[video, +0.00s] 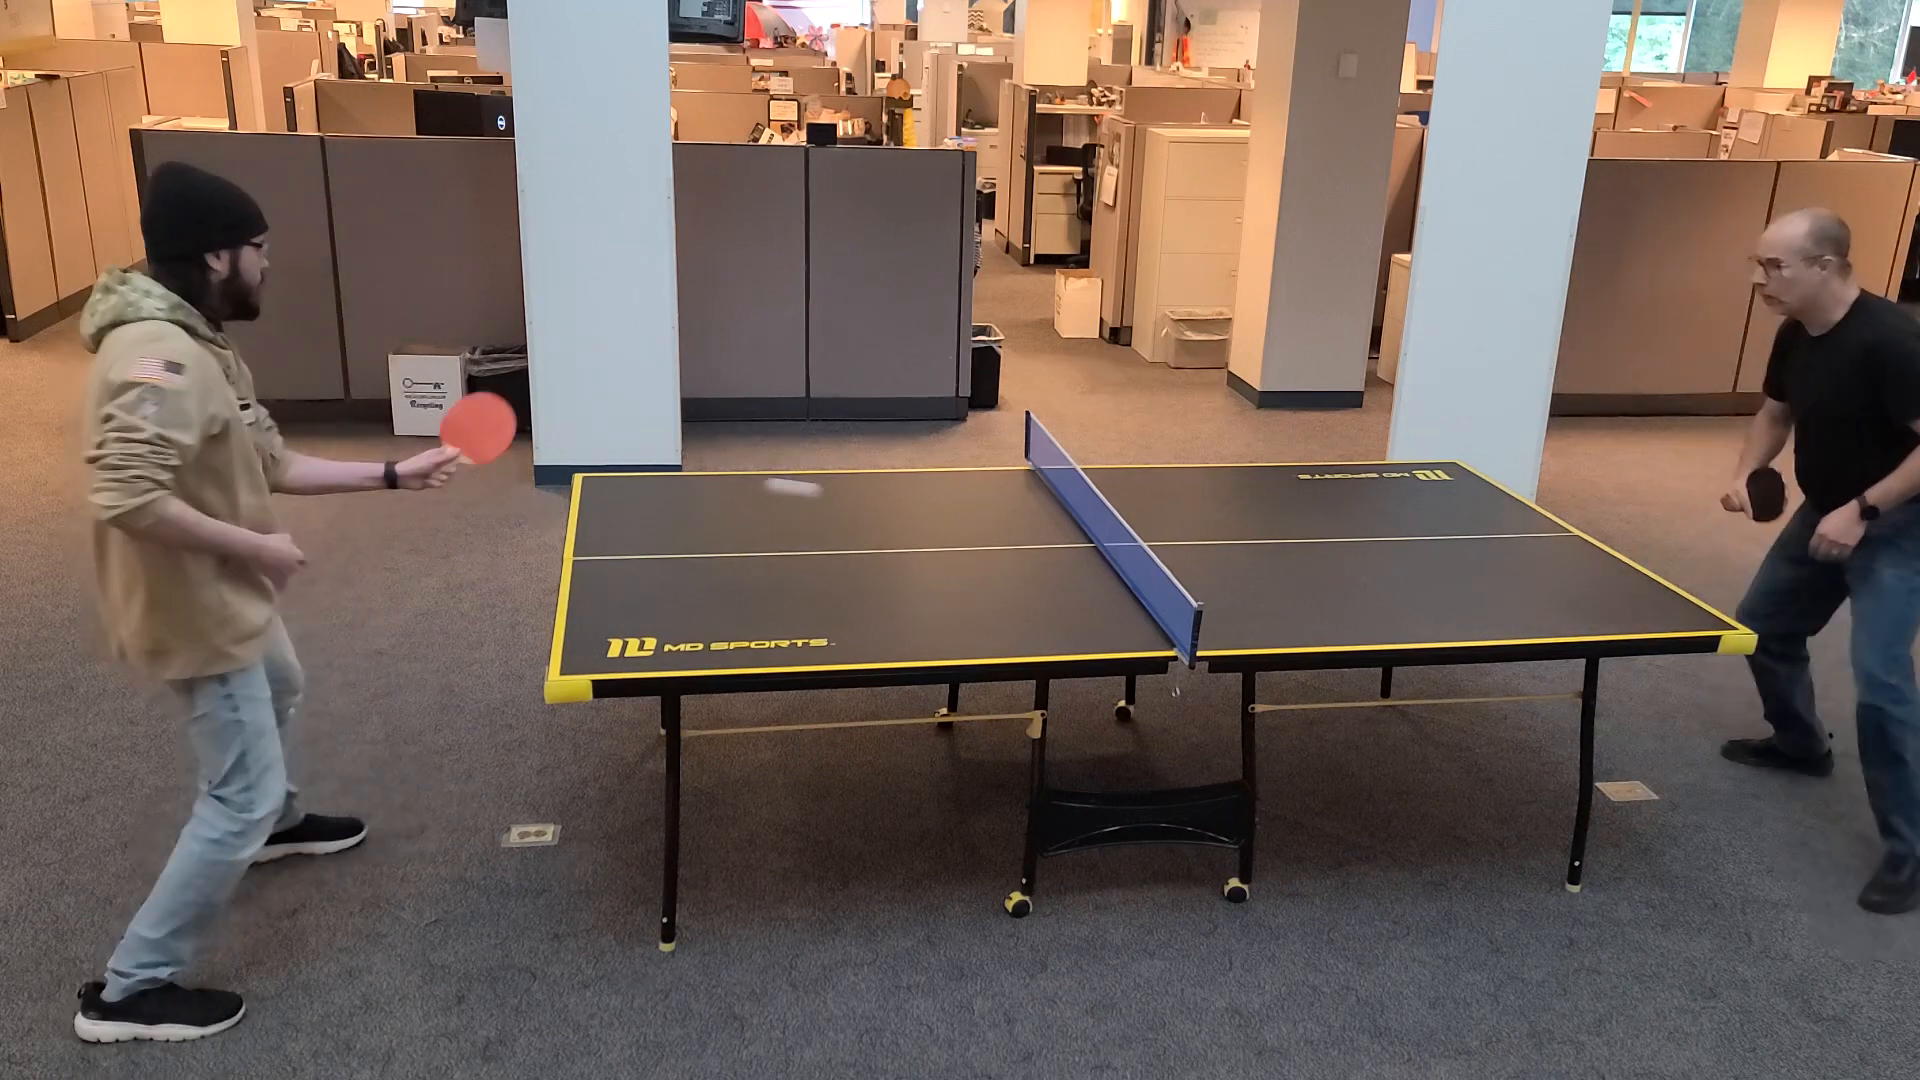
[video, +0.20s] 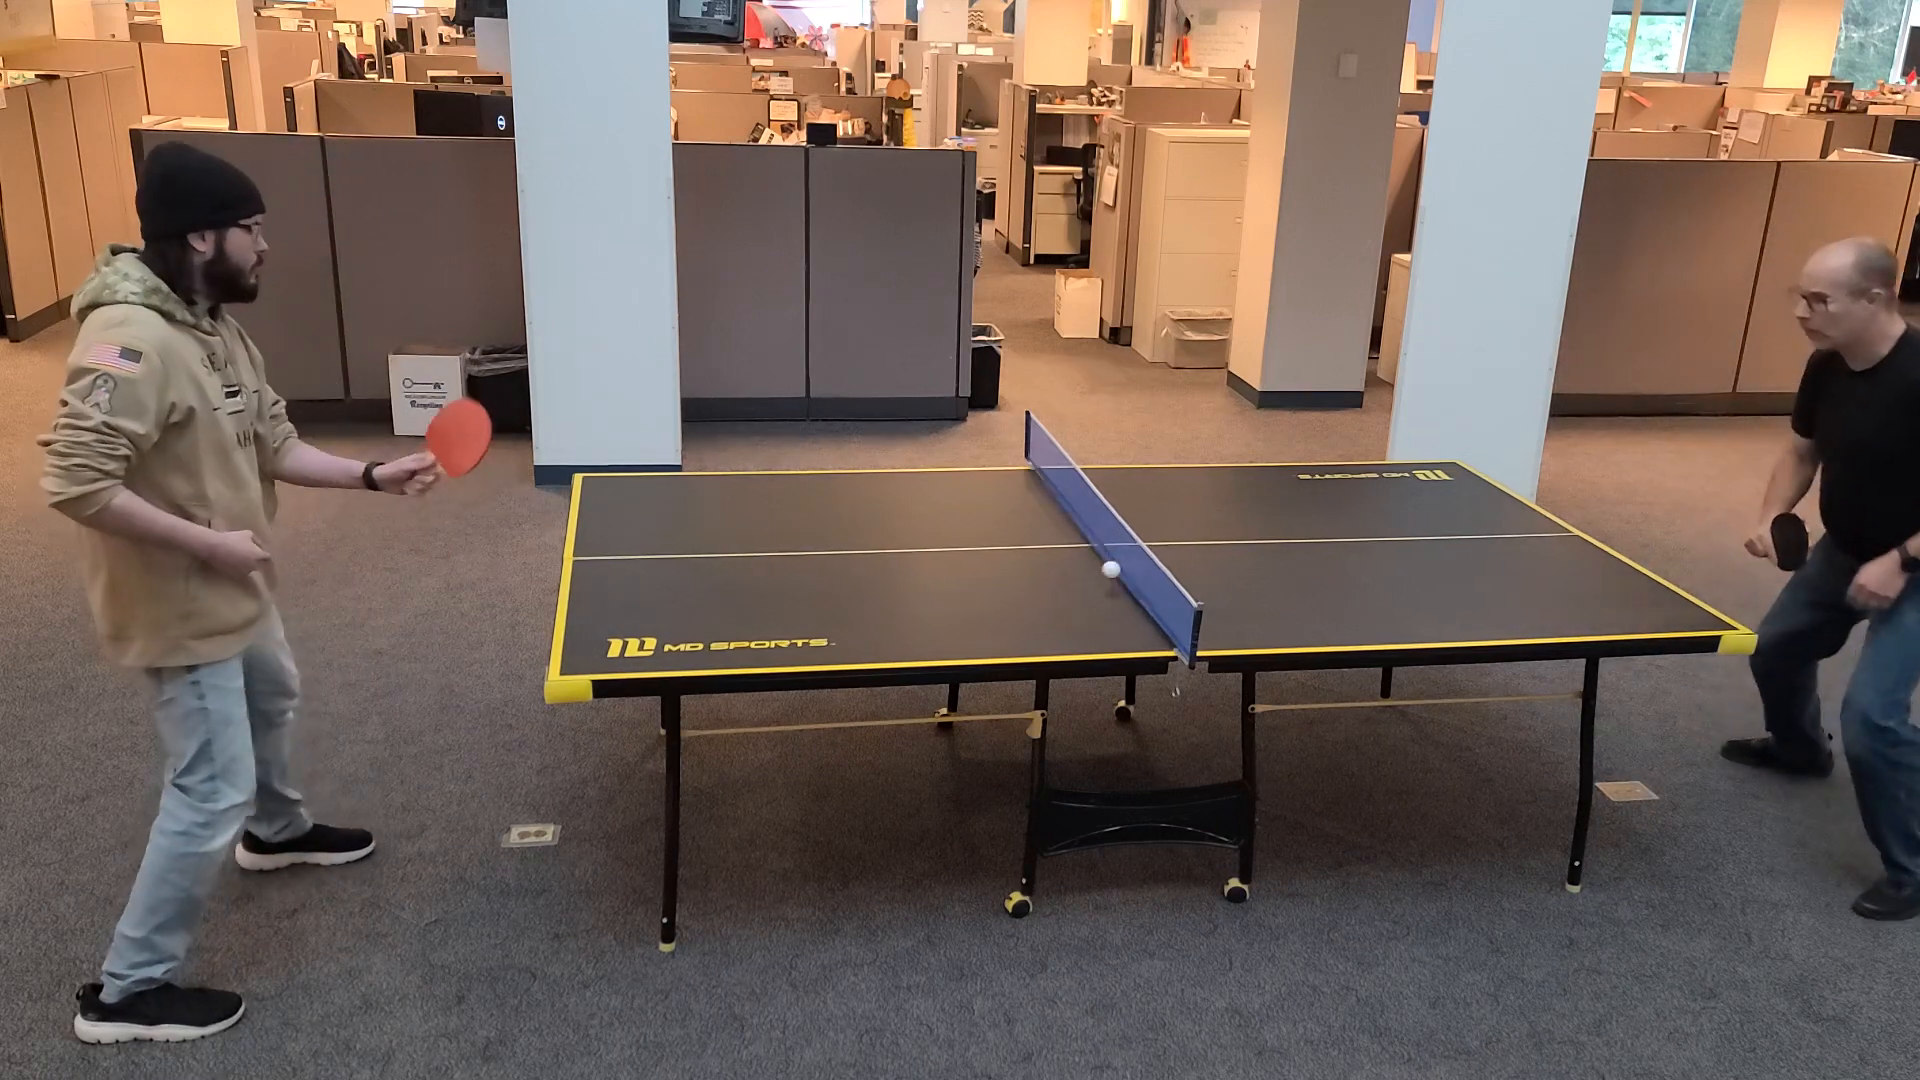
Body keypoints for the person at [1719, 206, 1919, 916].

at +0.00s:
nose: (1761, 279)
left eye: (1773, 267)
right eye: (1760, 266)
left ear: (1826, 268)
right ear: (1812, 270)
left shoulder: (1893, 340)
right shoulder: (1794, 334)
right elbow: (1776, 415)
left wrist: (1864, 508)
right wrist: (1745, 472)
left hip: (1896, 527)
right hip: (1824, 517)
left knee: (1883, 684)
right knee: (1763, 624)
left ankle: (1907, 850)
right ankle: (1799, 743)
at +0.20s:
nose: (1802, 311)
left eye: (1818, 300)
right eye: (1801, 297)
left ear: (1875, 301)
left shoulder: (1914, 370)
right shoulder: (1828, 363)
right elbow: (1801, 452)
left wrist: (1899, 559)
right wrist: (1773, 512)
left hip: (1914, 569)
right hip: (1846, 549)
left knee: (1871, 715)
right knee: (1776, 651)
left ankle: (1908, 871)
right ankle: (1796, 748)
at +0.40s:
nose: (1823, 351)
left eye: (1839, 341)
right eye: (1822, 336)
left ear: (1895, 342)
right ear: (1865, 338)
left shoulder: (1918, 403)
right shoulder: (1832, 388)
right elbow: (1787, 473)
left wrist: (1918, 610)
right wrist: (1751, 524)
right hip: (1871, 557)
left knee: (1890, 727)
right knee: (1804, 652)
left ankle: (1911, 876)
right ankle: (1807, 745)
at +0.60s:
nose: (1827, 335)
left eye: (1845, 326)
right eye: (1828, 319)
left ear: (1900, 329)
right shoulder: (1837, 367)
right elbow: (1797, 450)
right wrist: (1768, 507)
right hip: (1868, 539)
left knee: (1900, 727)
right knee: (1783, 648)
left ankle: (1911, 874)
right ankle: (1789, 757)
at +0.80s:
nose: (1807, 290)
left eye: (1824, 282)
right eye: (1807, 276)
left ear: (1883, 285)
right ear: (1813, 270)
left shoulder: (1919, 355)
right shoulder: (1815, 340)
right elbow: (1786, 421)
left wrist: (1909, 559)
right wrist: (1759, 481)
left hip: (1908, 562)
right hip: (1831, 537)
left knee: (1901, 728)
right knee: (1758, 660)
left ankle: (1909, 873)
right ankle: (1727, 793)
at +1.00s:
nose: (1774, 253)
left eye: (1791, 243)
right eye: (1772, 239)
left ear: (1846, 247)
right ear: (1777, 240)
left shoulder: (1905, 329)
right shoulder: (1768, 322)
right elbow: (1731, 407)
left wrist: (1873, 523)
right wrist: (1716, 467)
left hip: (1877, 539)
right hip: (1779, 525)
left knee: (1872, 703)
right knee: (1731, 659)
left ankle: (1896, 859)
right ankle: (1726, 794)